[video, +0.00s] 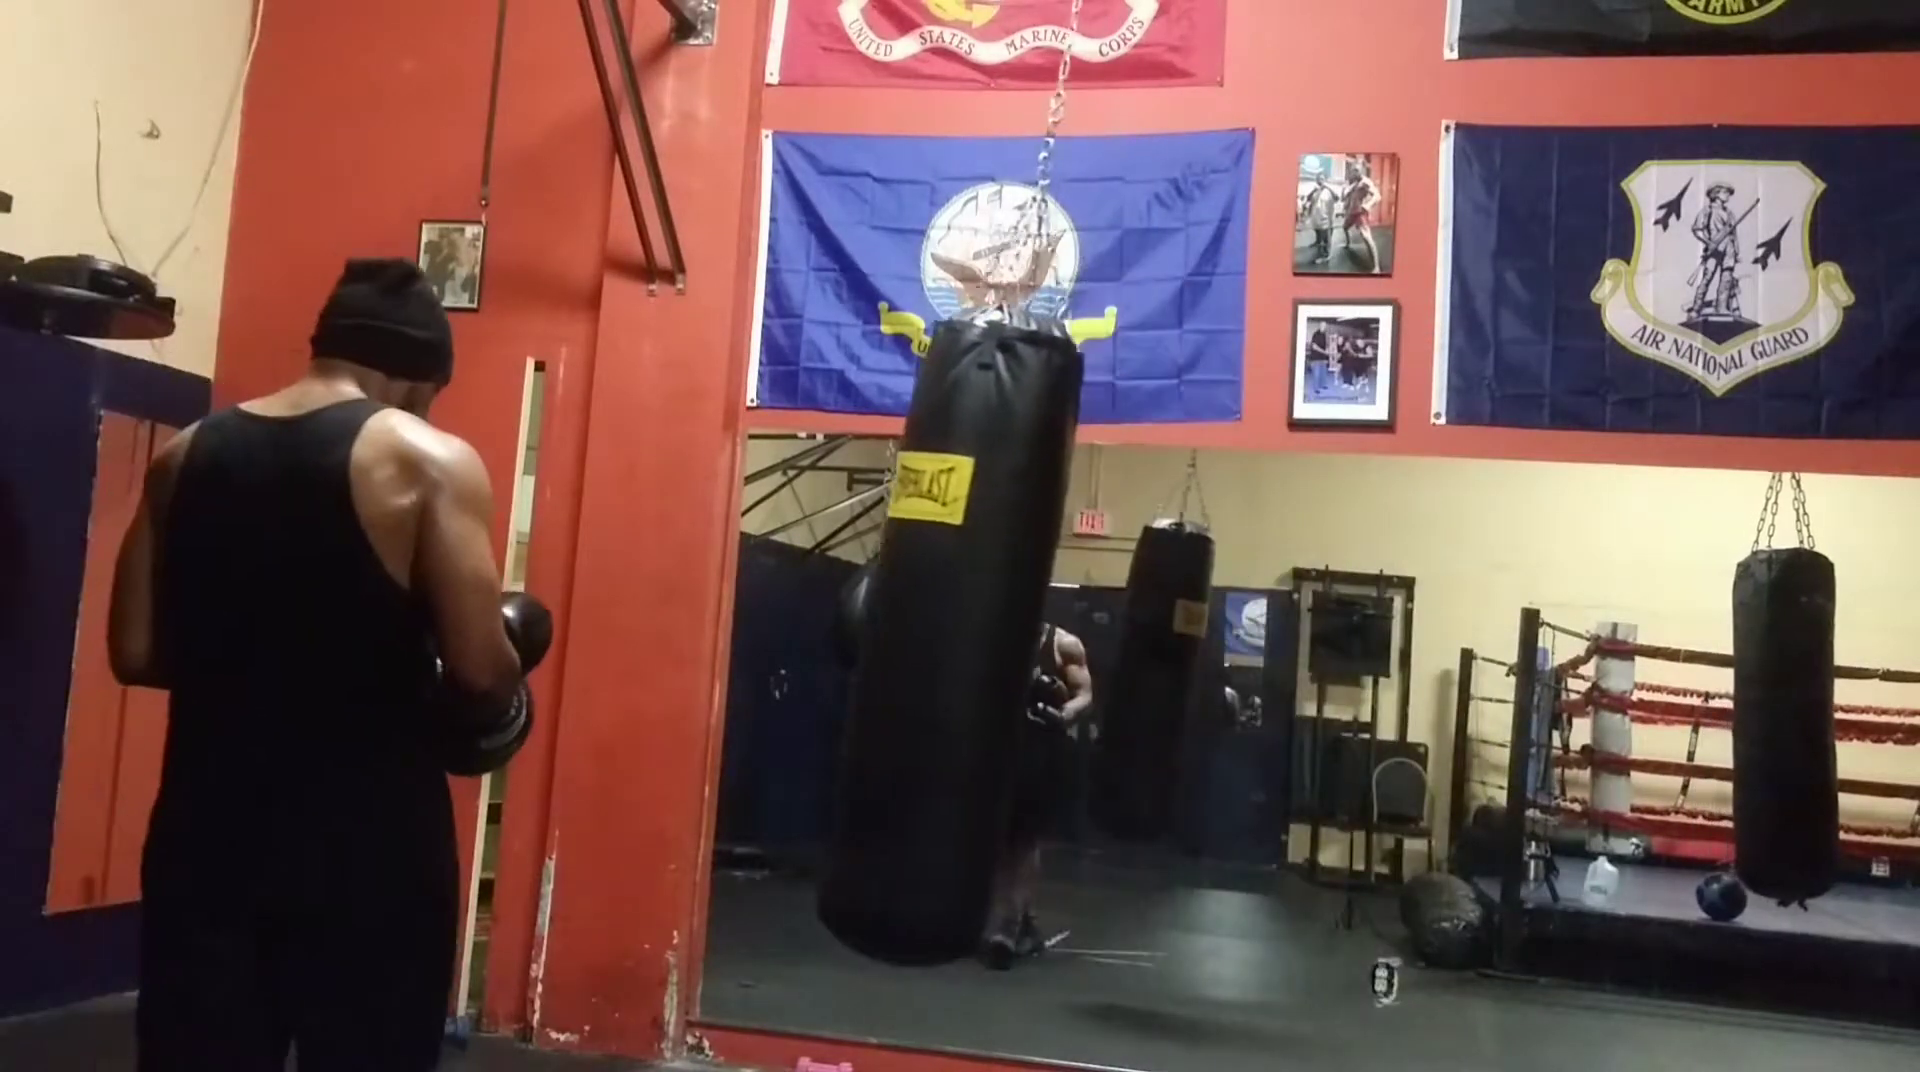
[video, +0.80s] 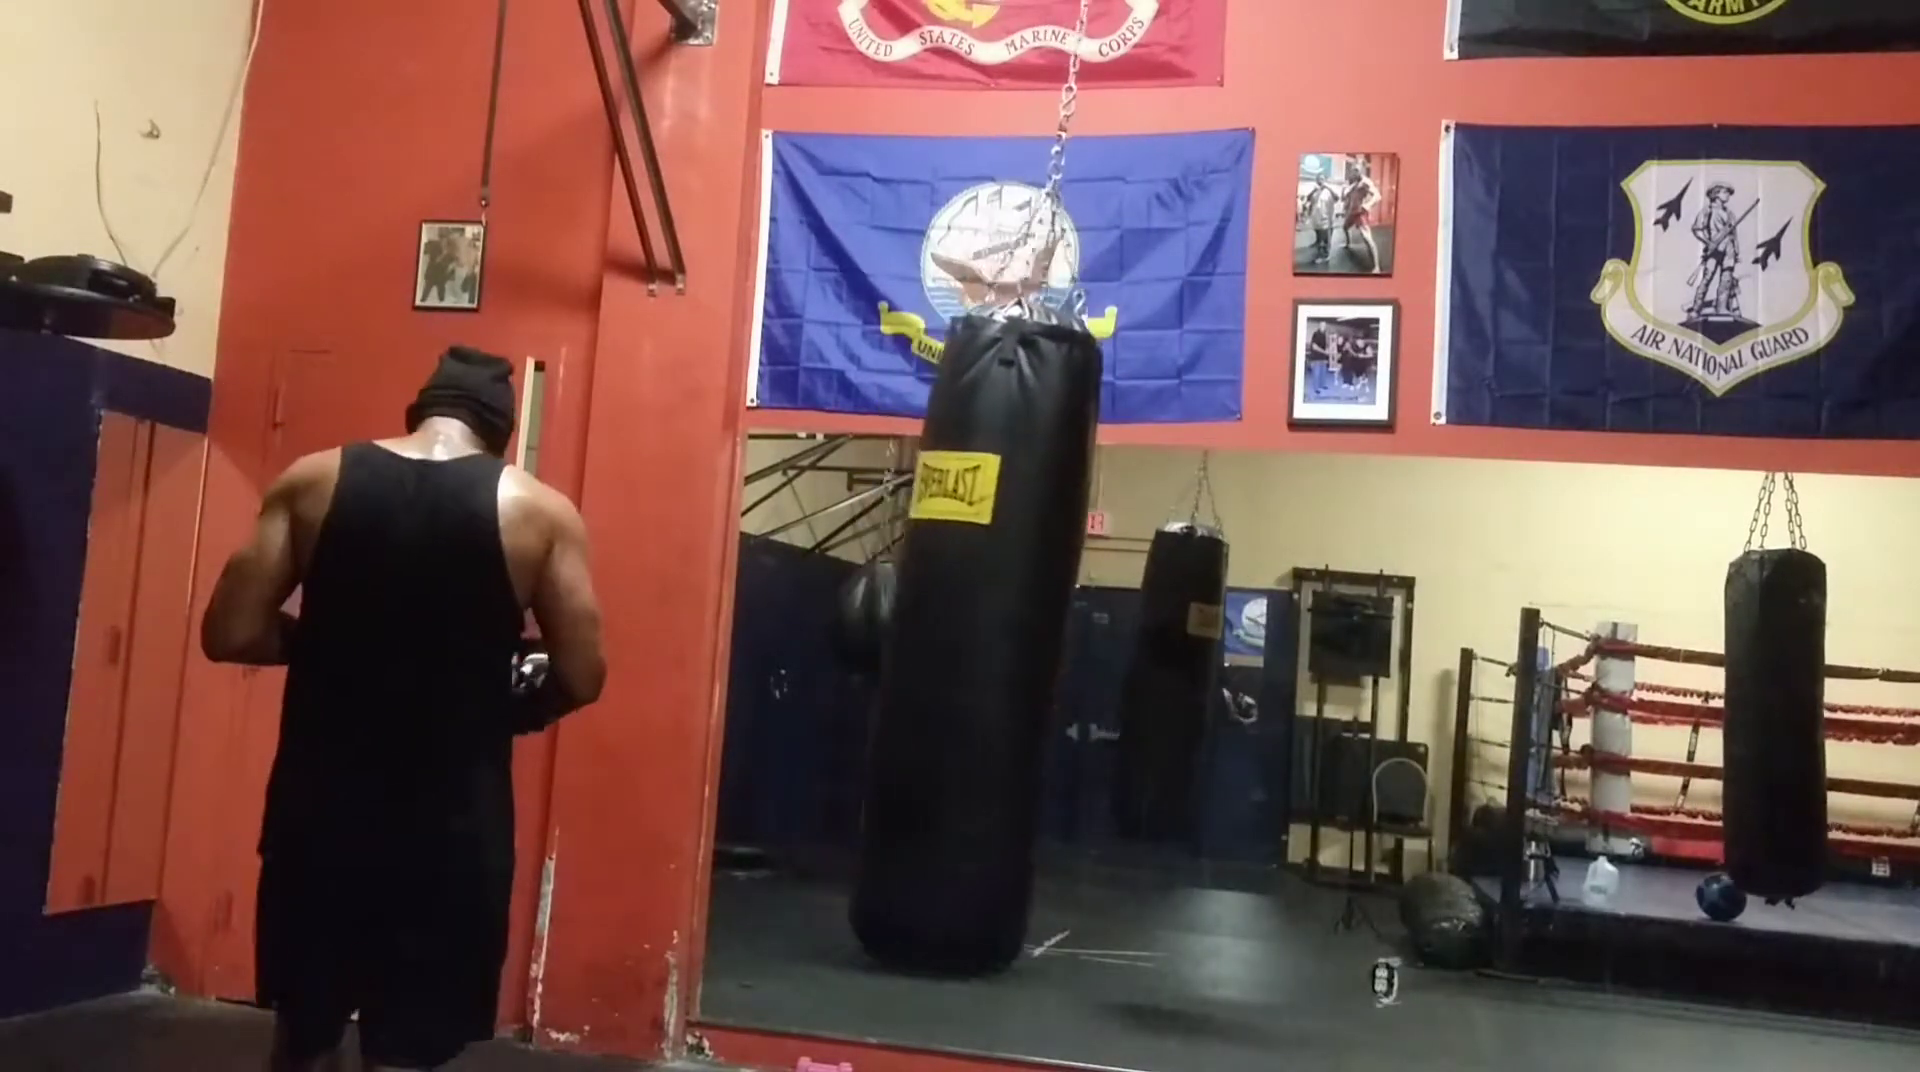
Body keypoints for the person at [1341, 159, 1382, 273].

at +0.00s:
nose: (1352, 174)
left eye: (1355, 171)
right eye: (1352, 171)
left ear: (1359, 172)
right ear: (1350, 172)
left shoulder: (1365, 182)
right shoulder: (1350, 184)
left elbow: (1376, 195)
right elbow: (1343, 198)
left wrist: (1367, 206)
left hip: (1361, 212)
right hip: (1351, 212)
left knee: (1366, 236)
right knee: (1345, 227)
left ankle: (1376, 266)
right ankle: (1348, 243)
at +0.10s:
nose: (1352, 174)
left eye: (1355, 171)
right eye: (1352, 171)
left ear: (1359, 172)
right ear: (1350, 172)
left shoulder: (1365, 182)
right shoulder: (1350, 184)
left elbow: (1376, 195)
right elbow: (1343, 198)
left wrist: (1367, 206)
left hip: (1361, 212)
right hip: (1351, 212)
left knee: (1366, 236)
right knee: (1345, 227)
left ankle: (1376, 266)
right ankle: (1348, 243)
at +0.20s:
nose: (1351, 174)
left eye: (1354, 171)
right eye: (1350, 172)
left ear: (1358, 172)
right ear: (1350, 173)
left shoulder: (1365, 182)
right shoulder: (1351, 184)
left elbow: (1376, 195)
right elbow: (1345, 199)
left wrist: (1367, 206)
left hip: (1361, 212)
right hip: (1351, 212)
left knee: (1366, 237)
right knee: (1345, 227)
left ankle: (1376, 266)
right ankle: (1348, 243)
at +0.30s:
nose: (1352, 174)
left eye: (1355, 171)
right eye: (1351, 171)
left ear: (1359, 172)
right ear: (1349, 173)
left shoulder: (1365, 182)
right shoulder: (1349, 184)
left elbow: (1376, 196)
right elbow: (1343, 198)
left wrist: (1366, 206)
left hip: (1360, 212)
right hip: (1350, 212)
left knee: (1367, 237)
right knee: (1345, 227)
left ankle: (1376, 266)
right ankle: (1348, 243)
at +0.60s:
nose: (1351, 174)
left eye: (1354, 171)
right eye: (1350, 171)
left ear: (1358, 172)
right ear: (1349, 173)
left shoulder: (1364, 182)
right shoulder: (1349, 185)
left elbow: (1376, 196)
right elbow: (1344, 198)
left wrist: (1366, 206)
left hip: (1360, 212)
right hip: (1350, 213)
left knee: (1367, 238)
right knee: (1345, 228)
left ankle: (1376, 266)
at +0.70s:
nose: (1351, 174)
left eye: (1353, 171)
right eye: (1350, 171)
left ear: (1358, 172)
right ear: (1350, 173)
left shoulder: (1365, 182)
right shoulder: (1351, 184)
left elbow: (1376, 196)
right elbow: (1346, 199)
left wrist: (1366, 206)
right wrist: (1345, 210)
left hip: (1361, 212)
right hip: (1351, 212)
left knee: (1367, 237)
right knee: (1345, 227)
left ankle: (1376, 266)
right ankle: (1348, 243)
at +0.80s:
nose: (1351, 174)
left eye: (1354, 171)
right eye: (1351, 172)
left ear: (1358, 172)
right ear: (1350, 173)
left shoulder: (1365, 182)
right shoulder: (1351, 184)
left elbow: (1376, 196)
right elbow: (1344, 198)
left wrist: (1366, 206)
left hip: (1361, 211)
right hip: (1351, 211)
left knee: (1367, 237)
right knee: (1345, 227)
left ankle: (1376, 266)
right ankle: (1348, 243)